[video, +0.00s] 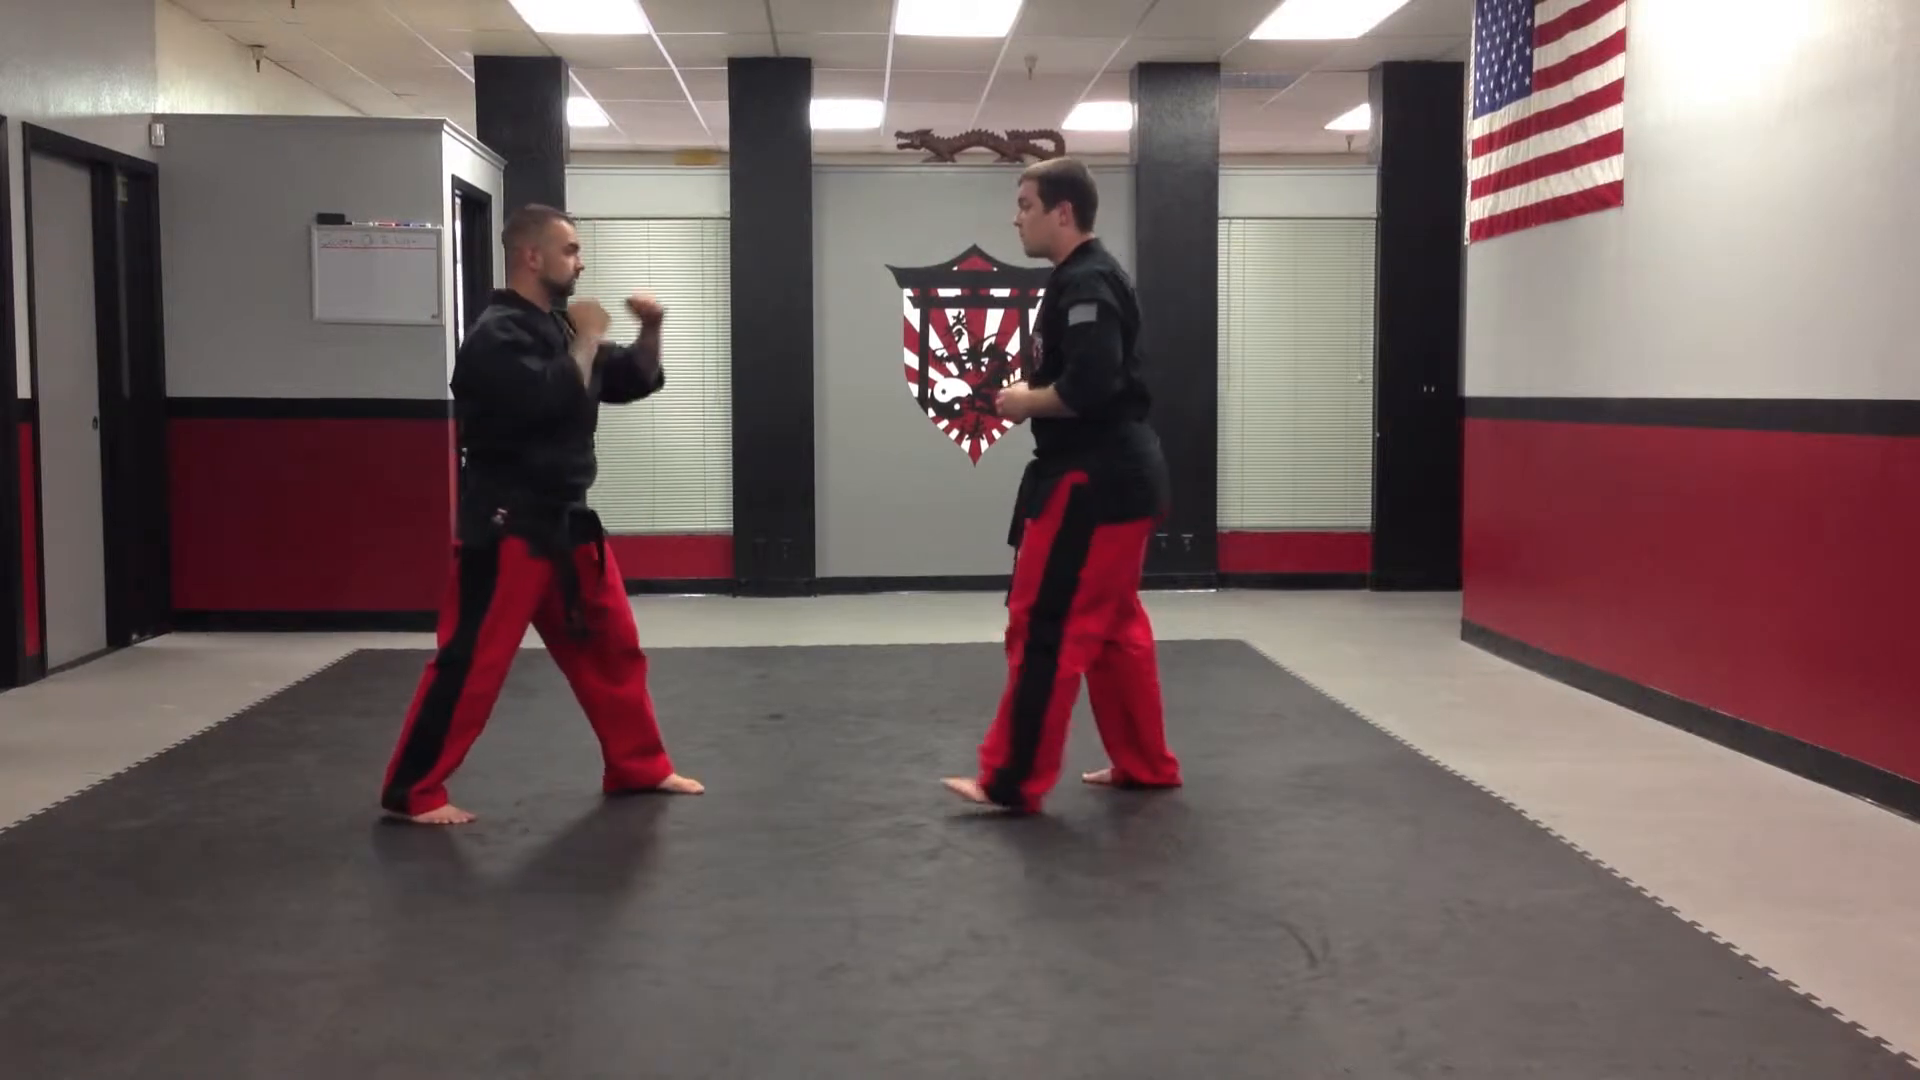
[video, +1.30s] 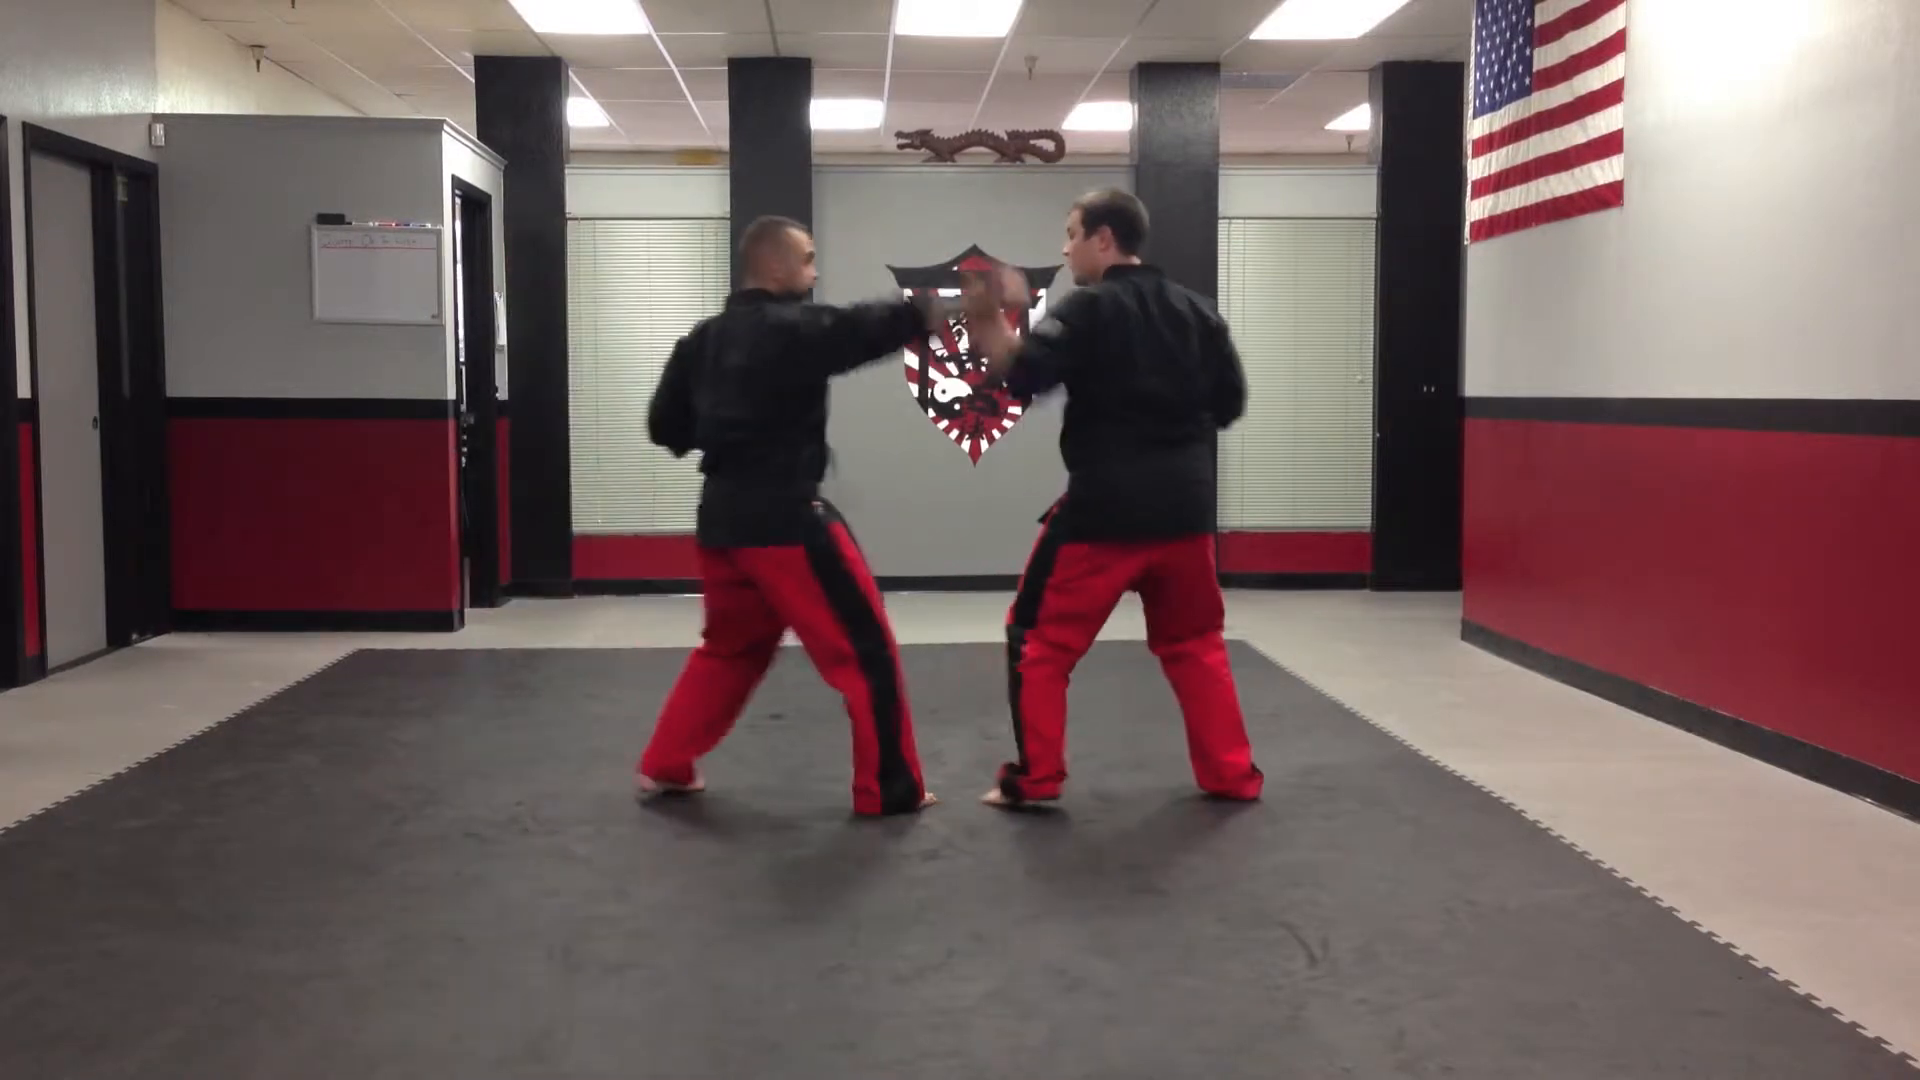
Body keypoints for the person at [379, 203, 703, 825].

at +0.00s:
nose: (579, 262)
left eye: (578, 251)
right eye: (568, 251)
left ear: (540, 257)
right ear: (529, 255)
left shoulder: (558, 330)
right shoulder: (493, 335)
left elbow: (630, 381)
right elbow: (547, 397)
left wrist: (649, 332)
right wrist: (586, 343)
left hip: (567, 518)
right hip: (504, 523)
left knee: (610, 647)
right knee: (472, 663)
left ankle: (637, 768)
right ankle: (411, 792)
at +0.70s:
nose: (633, 268)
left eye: (632, 257)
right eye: (623, 257)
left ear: (590, 265)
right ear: (583, 263)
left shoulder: (610, 335)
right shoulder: (549, 339)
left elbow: (686, 384)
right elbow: (609, 403)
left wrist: (730, 347)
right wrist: (636, 340)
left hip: (618, 519)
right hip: (558, 524)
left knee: (664, 640)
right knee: (525, 657)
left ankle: (647, 769)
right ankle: (436, 781)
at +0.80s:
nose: (656, 263)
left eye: (655, 252)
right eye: (646, 253)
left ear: (619, 259)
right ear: (609, 258)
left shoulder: (636, 331)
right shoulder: (582, 336)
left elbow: (692, 390)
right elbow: (643, 399)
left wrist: (736, 353)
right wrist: (667, 336)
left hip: (644, 511)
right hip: (592, 518)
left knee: (673, 641)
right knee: (615, 641)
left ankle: (646, 769)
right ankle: (506, 761)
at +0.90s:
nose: (684, 261)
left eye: (682, 250)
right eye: (673, 250)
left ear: (646, 260)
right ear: (635, 258)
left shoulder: (648, 326)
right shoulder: (625, 330)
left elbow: (694, 398)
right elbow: (690, 393)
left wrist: (733, 364)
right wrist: (721, 338)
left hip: (658, 501)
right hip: (625, 506)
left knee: (689, 628)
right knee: (687, 630)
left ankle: (658, 760)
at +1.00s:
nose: (715, 261)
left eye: (713, 249)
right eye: (704, 250)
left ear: (665, 260)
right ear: (667, 257)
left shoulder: (633, 330)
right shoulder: (675, 331)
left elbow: (611, 430)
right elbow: (751, 362)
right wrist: (798, 315)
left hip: (636, 511)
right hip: (672, 510)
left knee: (679, 636)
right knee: (743, 619)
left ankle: (649, 765)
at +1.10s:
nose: (755, 262)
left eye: (752, 251)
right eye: (744, 252)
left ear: (698, 263)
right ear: (707, 259)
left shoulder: (650, 333)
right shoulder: (727, 320)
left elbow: (640, 423)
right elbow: (808, 313)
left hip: (659, 516)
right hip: (711, 518)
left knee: (680, 641)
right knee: (780, 637)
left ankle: (649, 766)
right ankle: (851, 766)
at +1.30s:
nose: (813, 270)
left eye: (812, 260)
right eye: (806, 260)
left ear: (753, 269)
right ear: (774, 265)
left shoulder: (704, 338)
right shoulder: (796, 328)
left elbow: (668, 428)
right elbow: (865, 329)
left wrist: (734, 425)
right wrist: (925, 308)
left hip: (722, 524)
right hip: (790, 524)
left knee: (731, 647)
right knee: (865, 650)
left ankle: (665, 766)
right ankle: (890, 791)